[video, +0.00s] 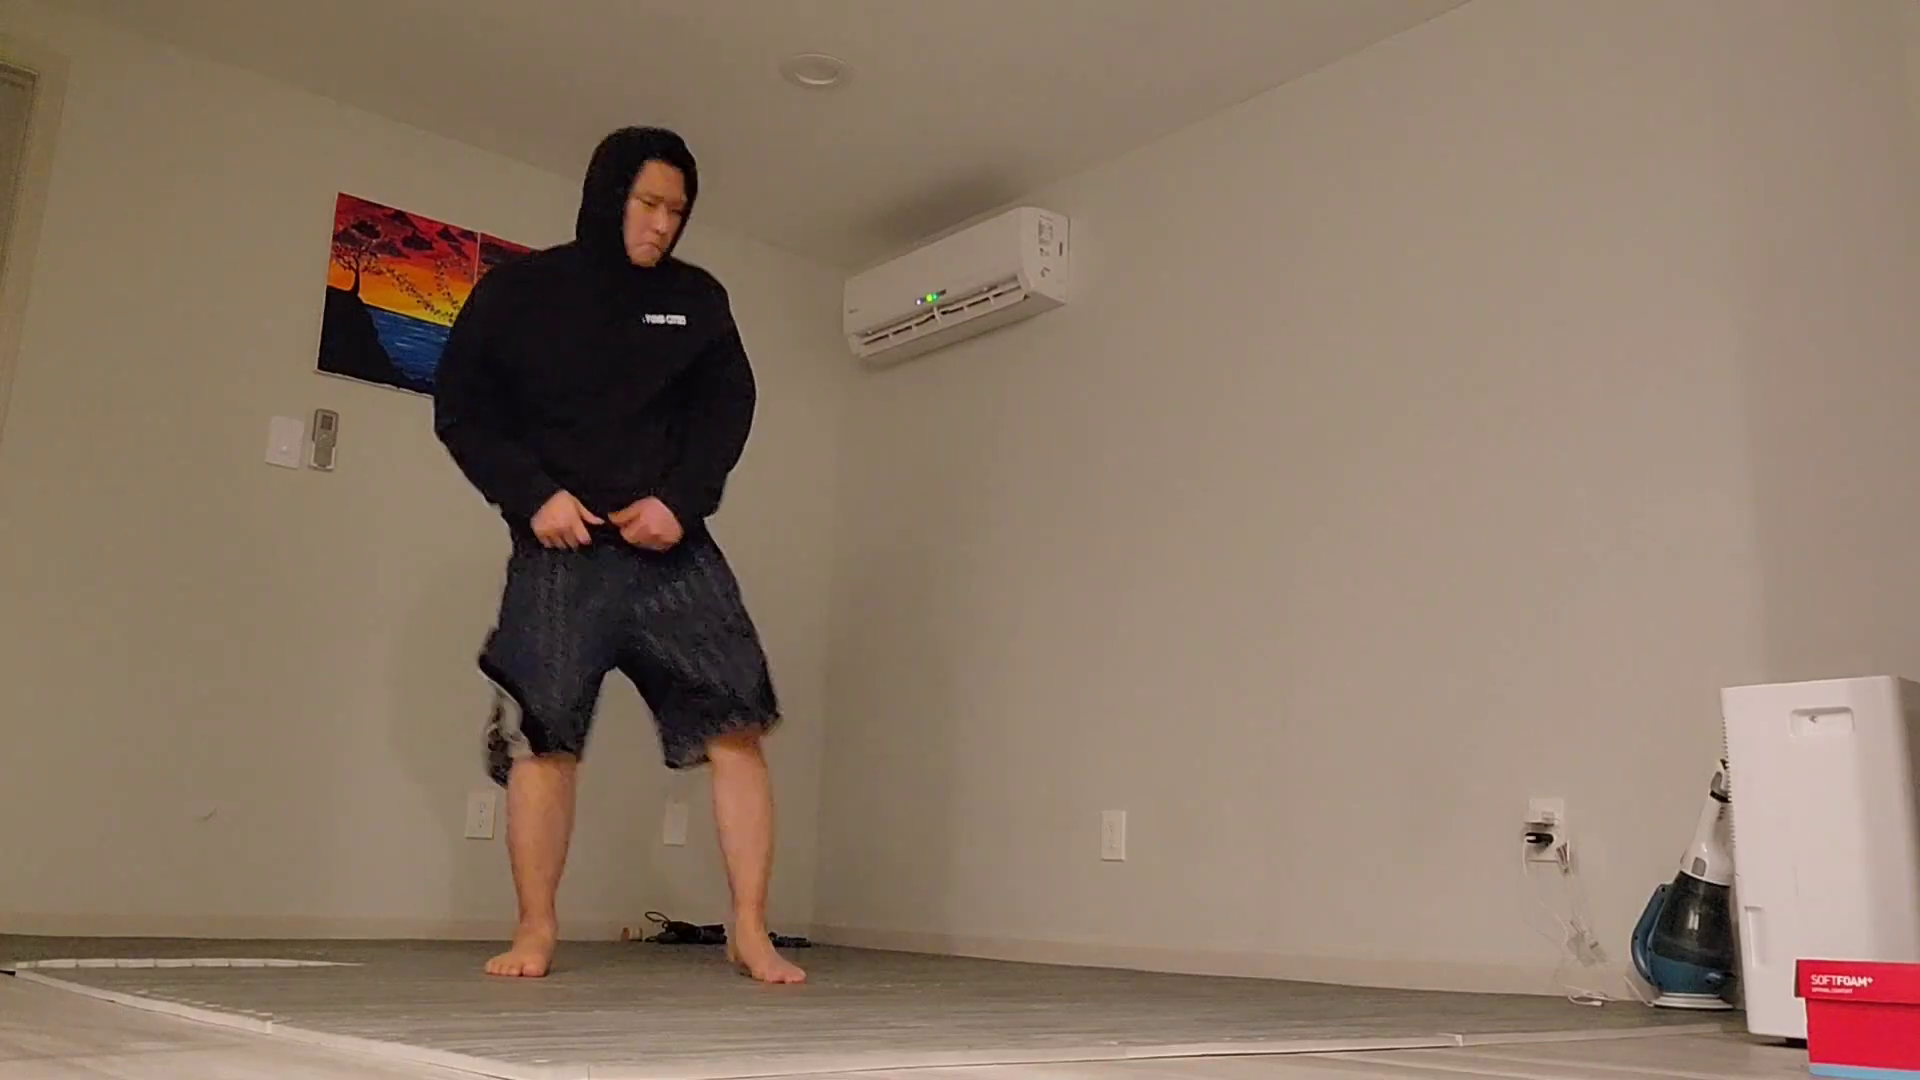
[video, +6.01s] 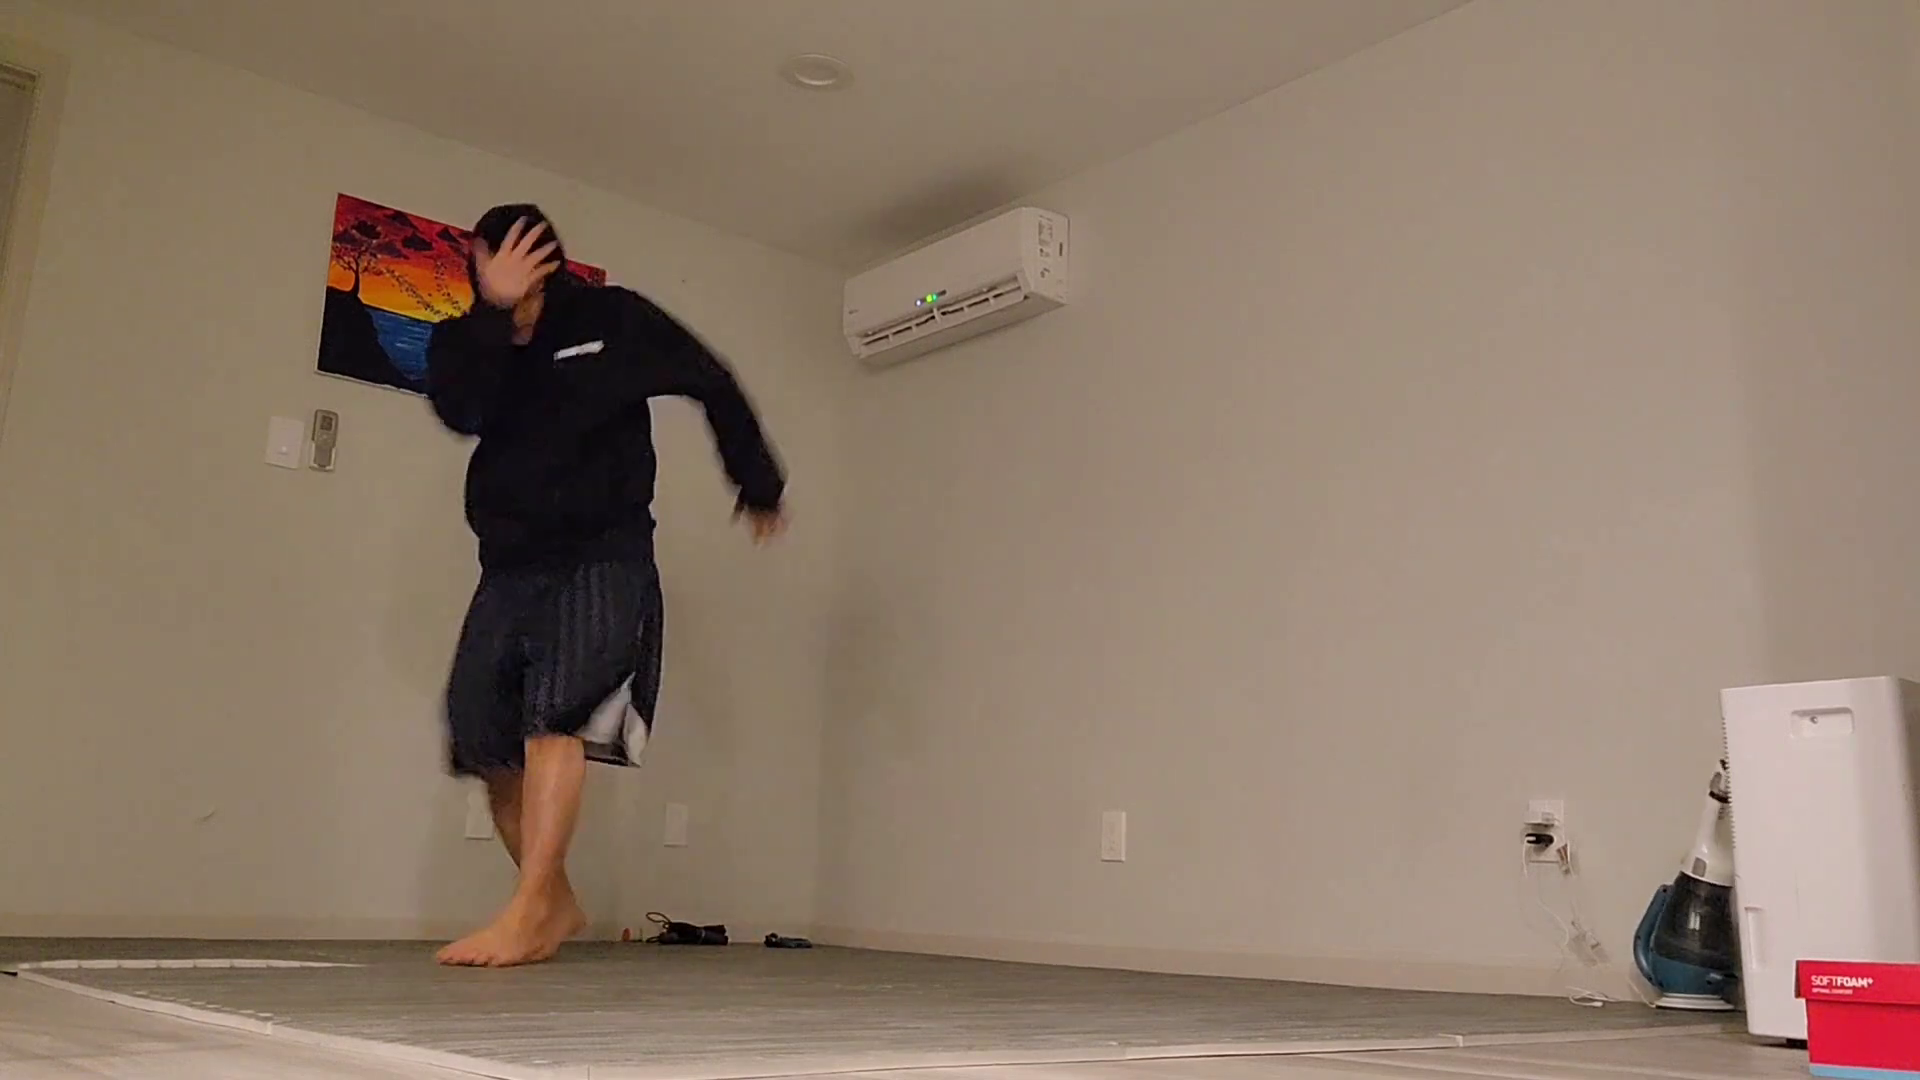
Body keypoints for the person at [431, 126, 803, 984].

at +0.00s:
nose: (665, 223)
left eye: (677, 208)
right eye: (651, 202)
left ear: (686, 215)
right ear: (604, 196)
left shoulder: (696, 299)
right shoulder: (517, 290)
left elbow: (729, 405)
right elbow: (458, 410)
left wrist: (681, 499)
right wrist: (533, 495)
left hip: (675, 549)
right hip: (561, 548)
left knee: (736, 728)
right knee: (545, 740)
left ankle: (750, 930)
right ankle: (534, 930)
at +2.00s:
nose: (730, 275)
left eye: (747, 263)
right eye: (721, 254)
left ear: (759, 266)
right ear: (687, 239)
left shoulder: (760, 341)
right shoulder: (596, 294)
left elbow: (764, 456)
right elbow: (535, 411)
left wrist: (697, 518)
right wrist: (606, 495)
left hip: (677, 551)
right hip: (569, 532)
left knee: (697, 734)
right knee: (527, 681)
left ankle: (688, 925)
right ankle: (533, 833)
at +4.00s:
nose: (668, 337)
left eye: (672, 329)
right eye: (661, 321)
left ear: (647, 332)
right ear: (617, 308)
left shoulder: (633, 398)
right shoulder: (531, 351)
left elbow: (610, 498)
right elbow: (559, 409)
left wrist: (598, 581)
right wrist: (637, 346)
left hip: (572, 592)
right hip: (492, 575)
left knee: (579, 749)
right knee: (512, 730)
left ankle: (509, 887)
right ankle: (444, 912)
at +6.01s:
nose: (500, 307)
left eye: (514, 292)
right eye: (487, 291)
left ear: (546, 271)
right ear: (479, 281)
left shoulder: (615, 319)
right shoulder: (473, 338)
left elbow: (712, 380)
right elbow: (461, 413)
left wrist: (759, 481)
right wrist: (491, 307)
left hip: (600, 560)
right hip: (511, 567)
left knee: (555, 720)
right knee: (486, 737)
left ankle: (529, 914)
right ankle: (553, 901)